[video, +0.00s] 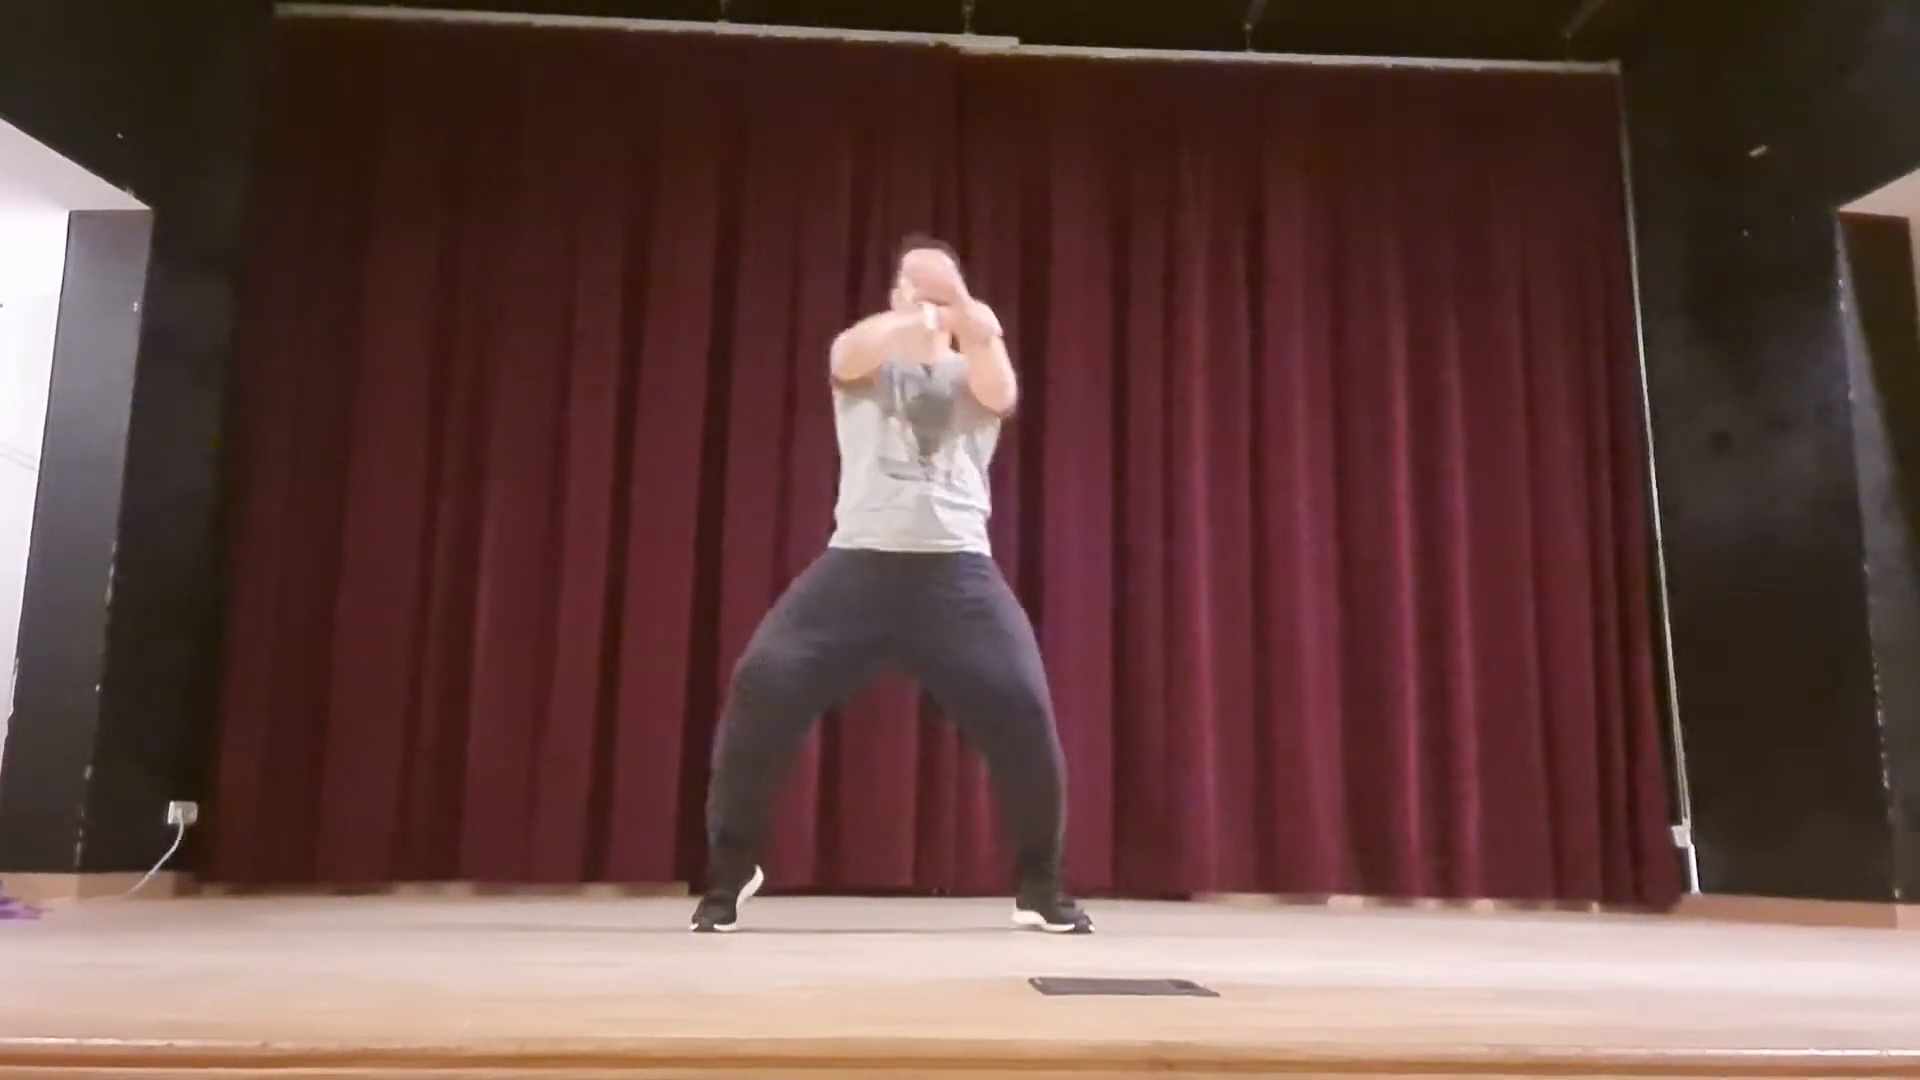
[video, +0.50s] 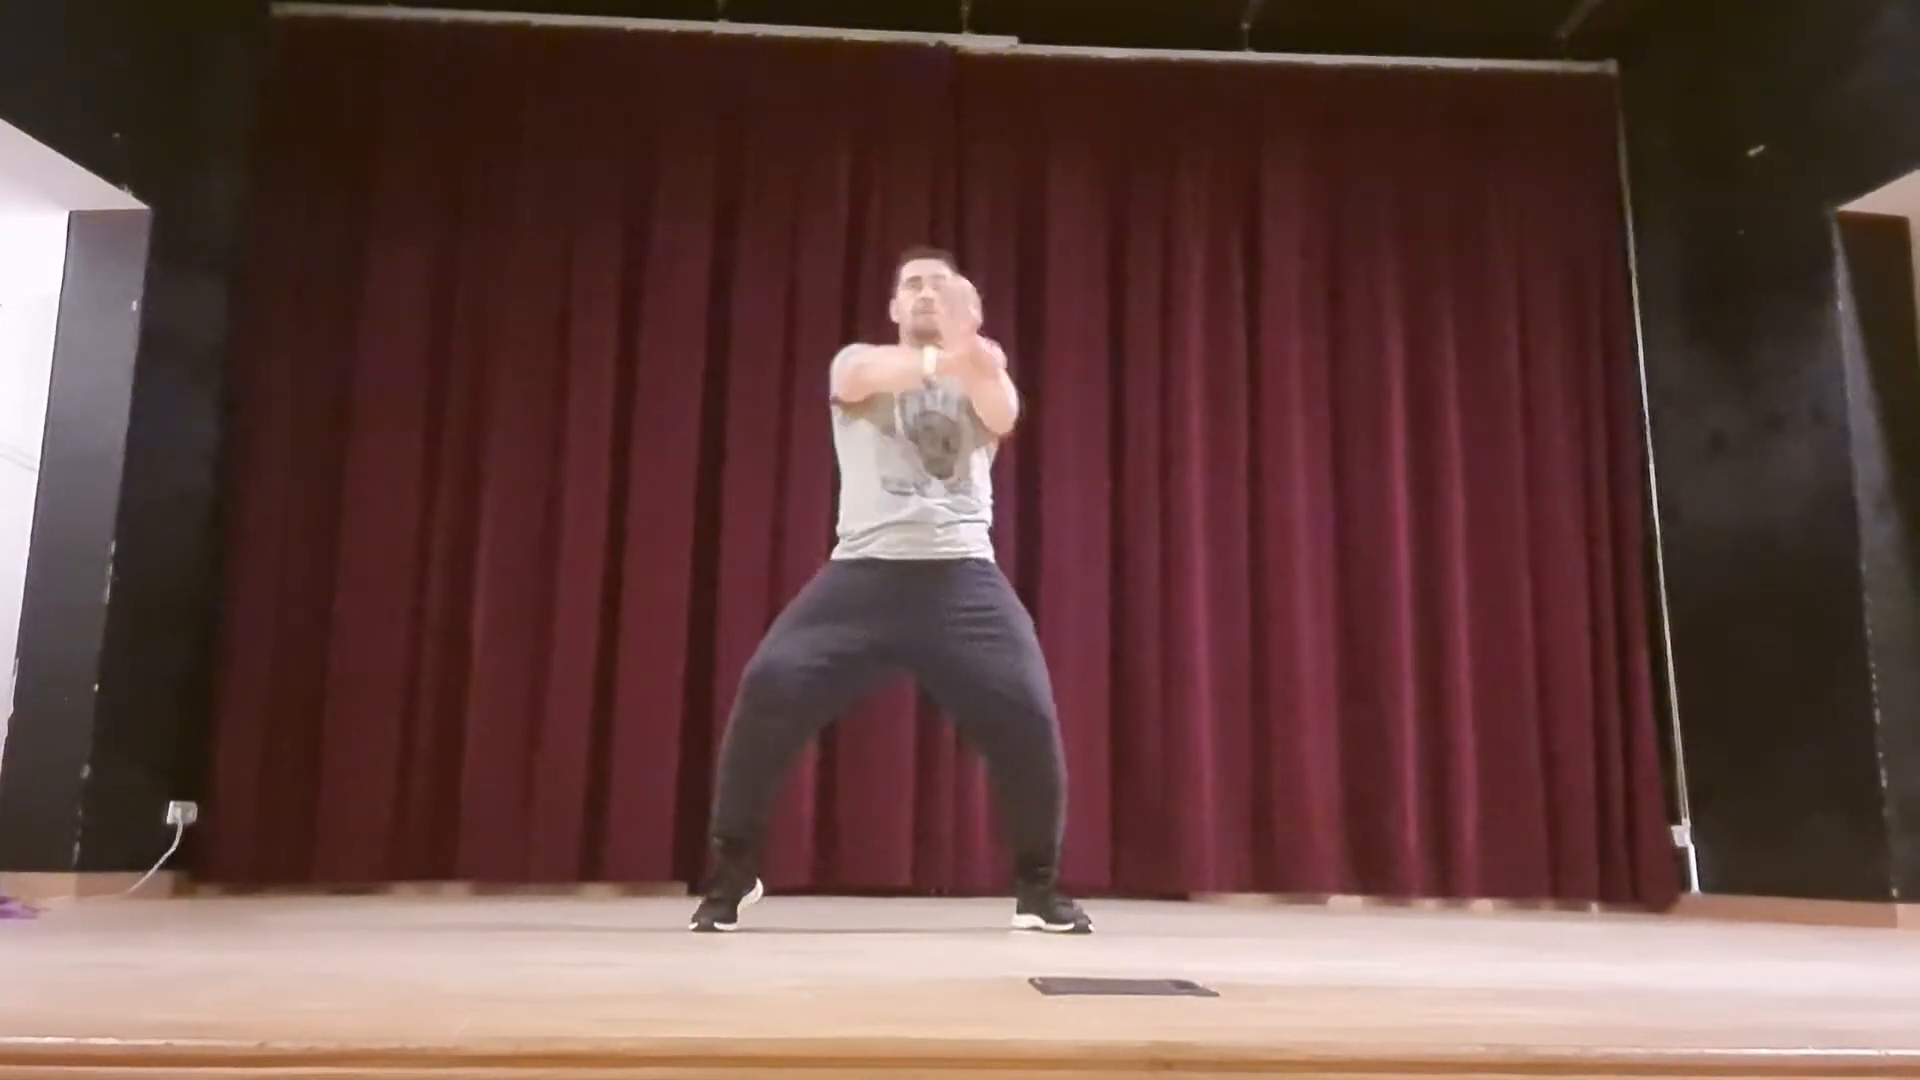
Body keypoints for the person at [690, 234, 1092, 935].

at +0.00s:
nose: (926, 312)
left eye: (938, 302)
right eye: (914, 299)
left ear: (960, 305)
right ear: (892, 298)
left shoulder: (983, 365)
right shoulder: (859, 353)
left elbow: (997, 394)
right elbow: (854, 353)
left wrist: (972, 324)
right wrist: (913, 320)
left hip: (959, 573)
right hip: (856, 567)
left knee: (1022, 705)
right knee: (763, 681)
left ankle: (1041, 886)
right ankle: (730, 867)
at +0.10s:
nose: (945, 290)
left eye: (959, 280)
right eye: (931, 282)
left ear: (981, 302)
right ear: (909, 303)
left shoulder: (998, 371)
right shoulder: (875, 357)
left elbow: (1016, 419)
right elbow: (868, 373)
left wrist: (987, 346)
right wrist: (950, 345)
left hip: (966, 577)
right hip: (864, 571)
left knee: (1027, 706)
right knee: (771, 684)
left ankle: (1041, 889)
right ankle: (731, 868)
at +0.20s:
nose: (953, 296)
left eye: (966, 286)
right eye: (940, 287)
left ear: (988, 303)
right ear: (919, 305)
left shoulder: (1006, 378)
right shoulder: (880, 357)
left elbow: (1022, 421)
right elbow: (878, 367)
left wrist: (997, 351)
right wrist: (972, 353)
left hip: (969, 579)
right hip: (866, 572)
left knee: (1031, 709)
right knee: (774, 681)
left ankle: (1040, 889)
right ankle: (730, 864)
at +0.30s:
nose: (954, 294)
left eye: (967, 283)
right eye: (941, 284)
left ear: (988, 301)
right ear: (919, 302)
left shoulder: (1003, 375)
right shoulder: (880, 355)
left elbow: (1021, 417)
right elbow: (880, 365)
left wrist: (1007, 351)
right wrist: (972, 346)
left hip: (968, 578)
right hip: (866, 571)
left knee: (1029, 709)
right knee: (775, 681)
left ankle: (1040, 888)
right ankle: (732, 865)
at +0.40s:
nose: (944, 293)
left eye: (958, 284)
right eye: (932, 285)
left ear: (983, 307)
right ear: (911, 306)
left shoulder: (1002, 375)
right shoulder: (873, 357)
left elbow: (1013, 423)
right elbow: (869, 373)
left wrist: (990, 364)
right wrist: (965, 352)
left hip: (968, 580)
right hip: (864, 574)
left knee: (1029, 711)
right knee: (772, 683)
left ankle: (1038, 887)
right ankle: (732, 866)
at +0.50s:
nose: (922, 292)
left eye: (937, 283)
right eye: (911, 285)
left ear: (970, 307)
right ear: (893, 309)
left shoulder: (986, 368)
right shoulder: (861, 362)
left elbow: (1001, 417)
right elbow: (858, 378)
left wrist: (970, 355)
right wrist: (929, 362)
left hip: (964, 578)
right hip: (861, 574)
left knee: (1027, 709)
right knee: (771, 683)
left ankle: (1039, 889)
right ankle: (731, 870)